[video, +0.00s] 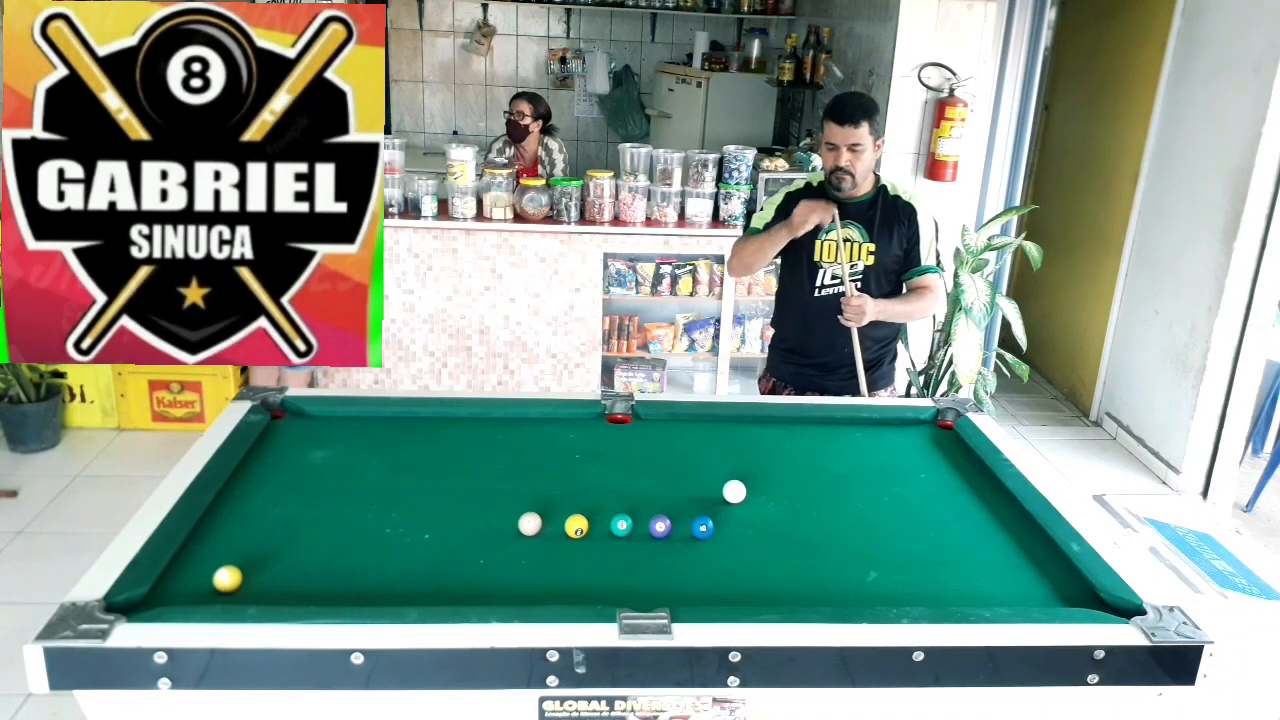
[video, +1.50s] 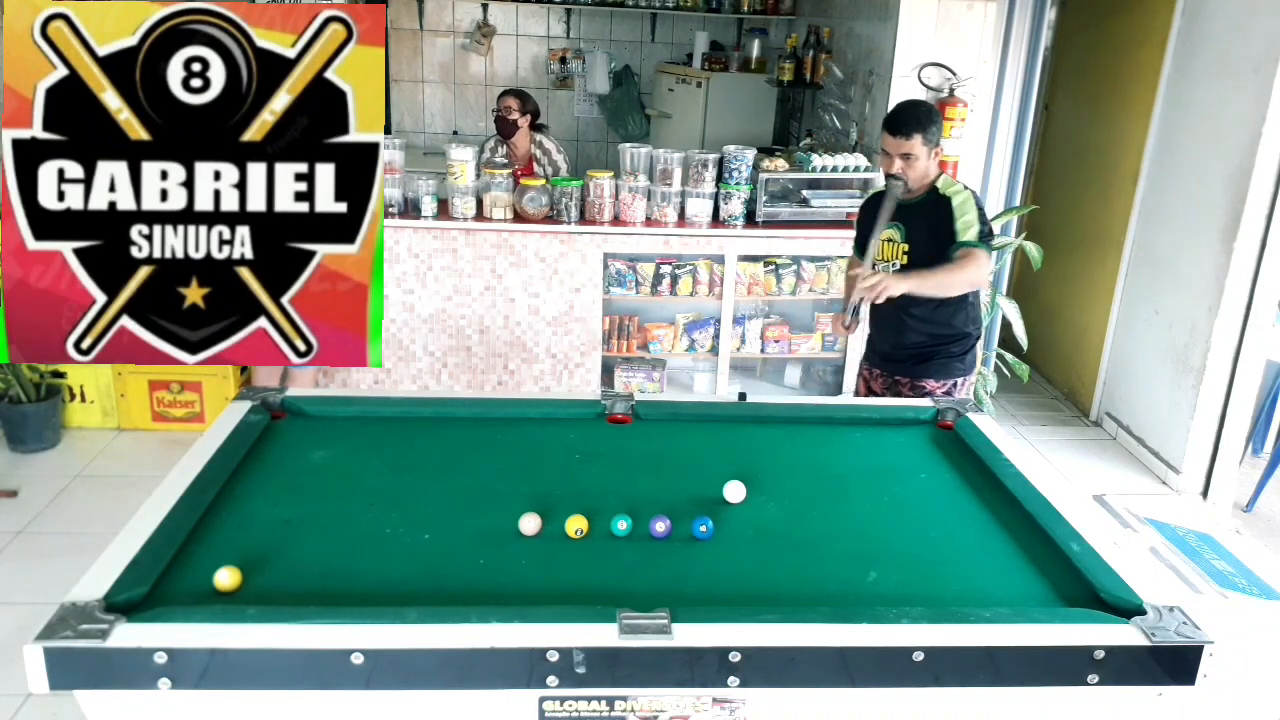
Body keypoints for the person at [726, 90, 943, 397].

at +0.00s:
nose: (840, 161)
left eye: (854, 149)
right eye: (831, 148)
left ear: (878, 148)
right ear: (820, 147)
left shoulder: (903, 215)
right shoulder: (793, 202)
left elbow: (930, 297)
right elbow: (737, 266)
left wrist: (875, 309)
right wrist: (790, 228)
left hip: (869, 391)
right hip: (791, 386)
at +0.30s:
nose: (846, 170)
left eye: (859, 158)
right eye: (837, 157)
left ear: (887, 154)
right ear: (829, 151)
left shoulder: (919, 217)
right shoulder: (806, 214)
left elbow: (944, 295)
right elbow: (761, 286)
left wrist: (900, 345)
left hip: (888, 397)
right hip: (808, 393)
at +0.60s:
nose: (858, 174)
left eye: (872, 161)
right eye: (850, 161)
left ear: (902, 159)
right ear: (843, 156)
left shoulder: (942, 216)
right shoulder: (823, 216)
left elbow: (966, 302)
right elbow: (779, 289)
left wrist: (907, 328)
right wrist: (780, 338)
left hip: (905, 397)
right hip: (825, 392)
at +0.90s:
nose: (873, 167)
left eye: (888, 157)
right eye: (866, 153)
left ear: (918, 157)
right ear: (859, 148)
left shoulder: (947, 210)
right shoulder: (837, 213)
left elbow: (976, 297)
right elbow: (812, 290)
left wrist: (936, 249)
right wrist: (818, 358)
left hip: (911, 395)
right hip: (840, 390)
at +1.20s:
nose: (881, 168)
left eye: (896, 158)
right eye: (875, 154)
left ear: (924, 159)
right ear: (868, 149)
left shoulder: (949, 208)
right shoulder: (852, 211)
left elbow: (989, 282)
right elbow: (827, 271)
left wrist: (964, 253)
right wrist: (816, 336)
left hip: (927, 382)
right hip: (861, 374)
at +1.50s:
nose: (893, 168)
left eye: (907, 158)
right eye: (886, 155)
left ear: (936, 156)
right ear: (879, 150)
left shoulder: (960, 202)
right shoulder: (875, 205)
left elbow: (976, 271)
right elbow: (857, 266)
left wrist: (903, 282)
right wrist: (851, 308)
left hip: (940, 376)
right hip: (879, 365)